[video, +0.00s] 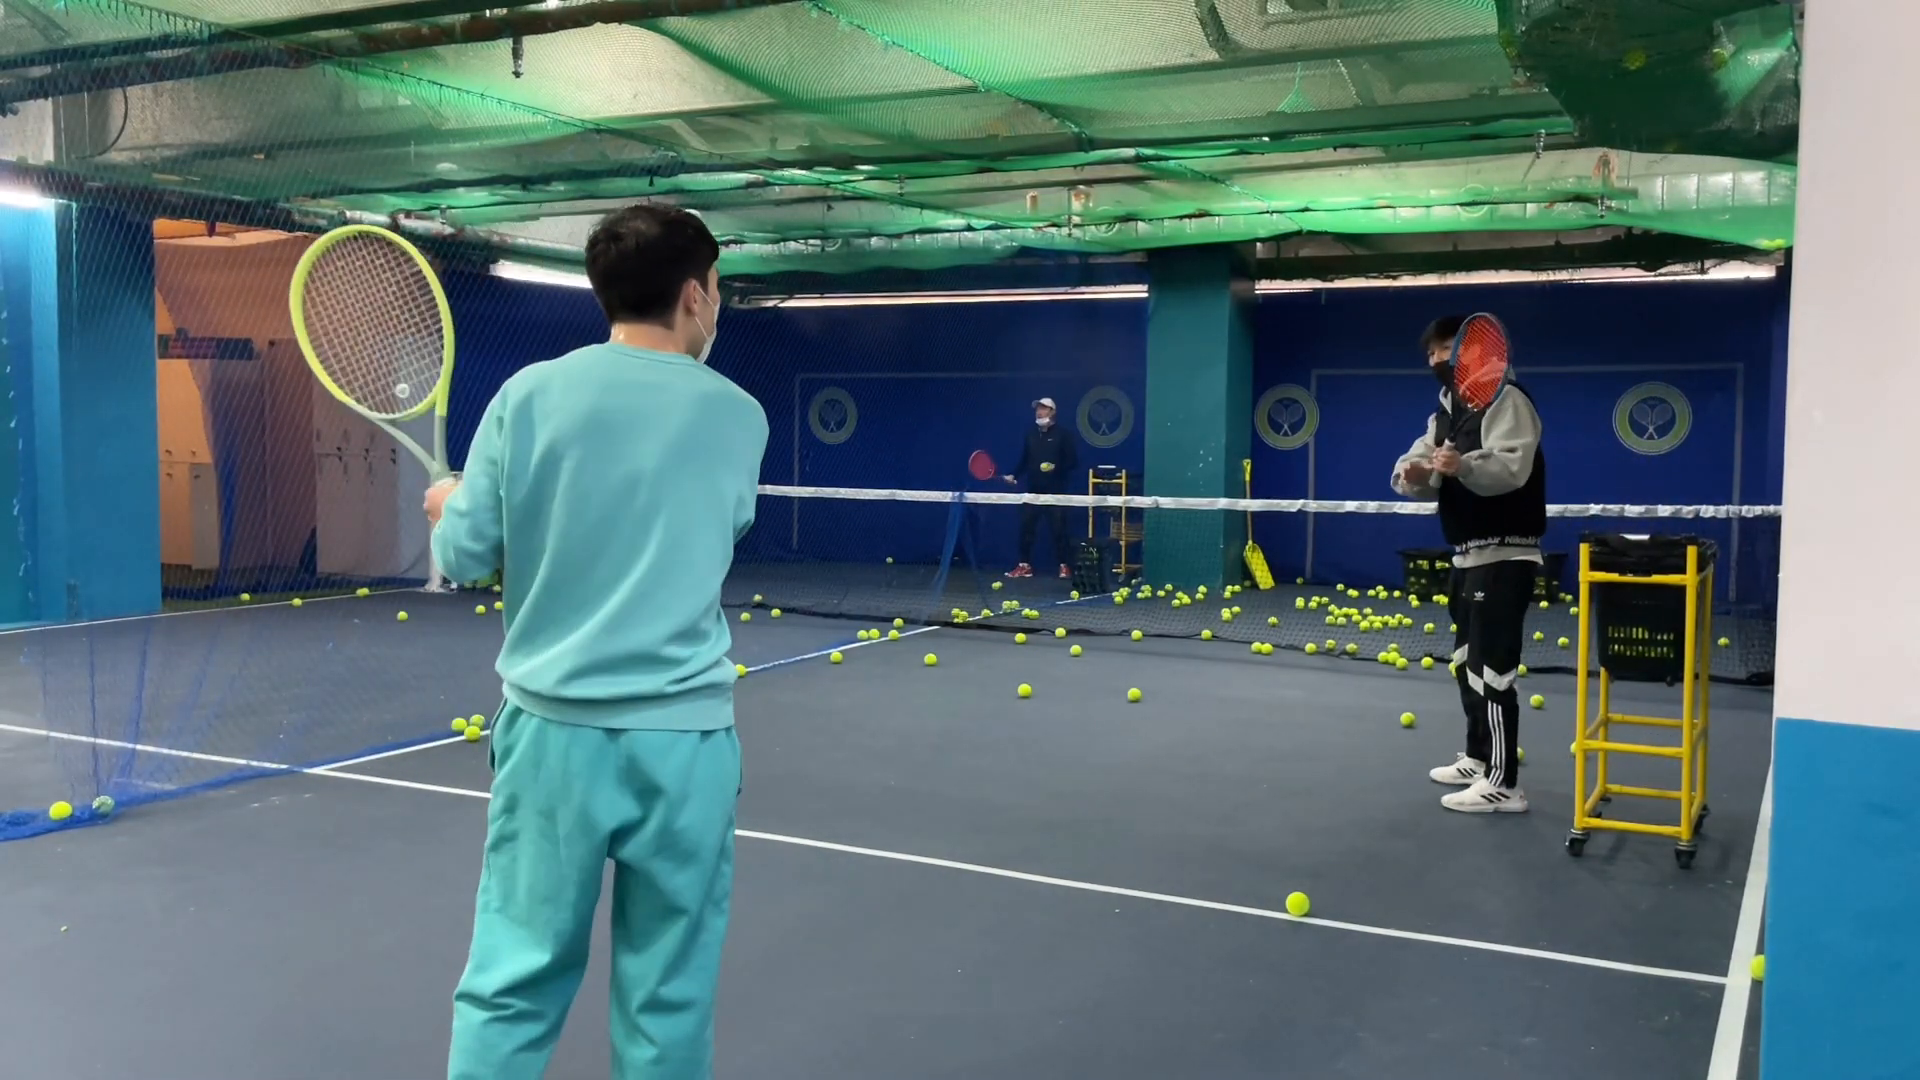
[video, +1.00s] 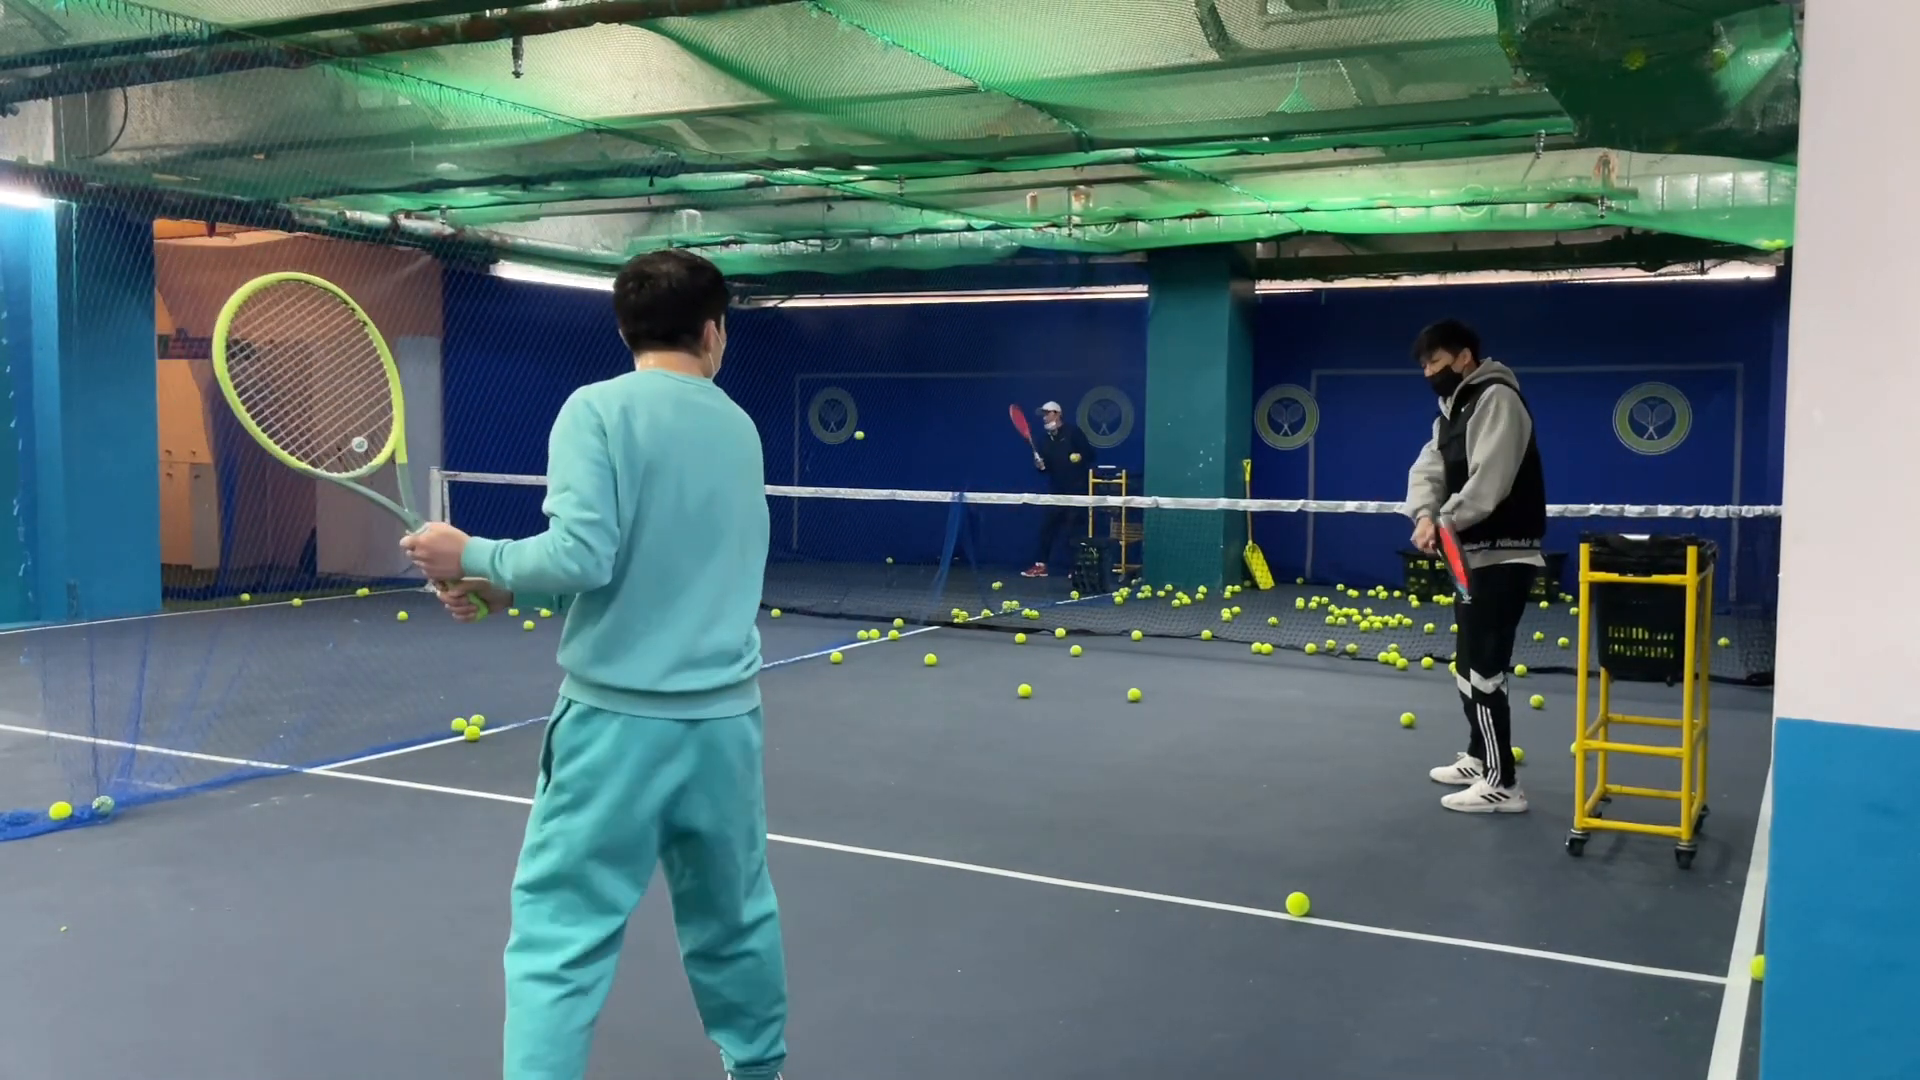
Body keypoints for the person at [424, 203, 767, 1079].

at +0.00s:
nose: (716, 302)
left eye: (714, 285)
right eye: (713, 285)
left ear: (610, 293)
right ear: (691, 293)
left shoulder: (530, 395)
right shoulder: (738, 415)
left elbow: (466, 551)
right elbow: (722, 527)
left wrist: (450, 512)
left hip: (552, 740)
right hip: (688, 744)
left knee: (510, 990)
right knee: (668, 999)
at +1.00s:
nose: (725, 338)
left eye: (725, 325)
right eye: (724, 325)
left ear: (626, 331)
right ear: (711, 329)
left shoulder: (596, 411)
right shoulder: (738, 426)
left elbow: (583, 557)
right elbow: (669, 563)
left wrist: (471, 553)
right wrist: (506, 587)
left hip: (613, 724)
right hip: (725, 722)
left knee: (560, 933)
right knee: (734, 917)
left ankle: (540, 1072)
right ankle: (756, 1064)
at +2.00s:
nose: (732, 336)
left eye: (730, 324)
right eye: (731, 324)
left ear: (639, 331)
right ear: (720, 329)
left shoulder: (627, 397)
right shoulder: (748, 419)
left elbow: (638, 532)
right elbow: (686, 566)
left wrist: (528, 591)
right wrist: (550, 610)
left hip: (644, 699)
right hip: (742, 702)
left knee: (569, 909)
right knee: (735, 897)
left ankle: (539, 1068)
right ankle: (756, 1063)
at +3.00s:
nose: (733, 339)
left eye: (728, 326)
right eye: (731, 327)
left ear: (639, 332)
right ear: (717, 331)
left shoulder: (617, 398)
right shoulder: (748, 418)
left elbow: (627, 531)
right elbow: (727, 560)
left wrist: (540, 620)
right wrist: (563, 628)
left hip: (640, 699)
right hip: (741, 703)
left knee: (570, 910)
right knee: (736, 898)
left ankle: (538, 1069)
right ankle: (755, 1064)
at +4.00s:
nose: (727, 337)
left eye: (722, 324)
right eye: (726, 325)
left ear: (635, 331)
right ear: (712, 330)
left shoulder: (607, 404)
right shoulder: (750, 423)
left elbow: (612, 540)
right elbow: (726, 565)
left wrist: (528, 623)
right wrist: (572, 635)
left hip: (627, 701)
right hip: (734, 703)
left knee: (566, 911)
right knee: (733, 896)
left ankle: (536, 1069)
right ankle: (754, 1064)